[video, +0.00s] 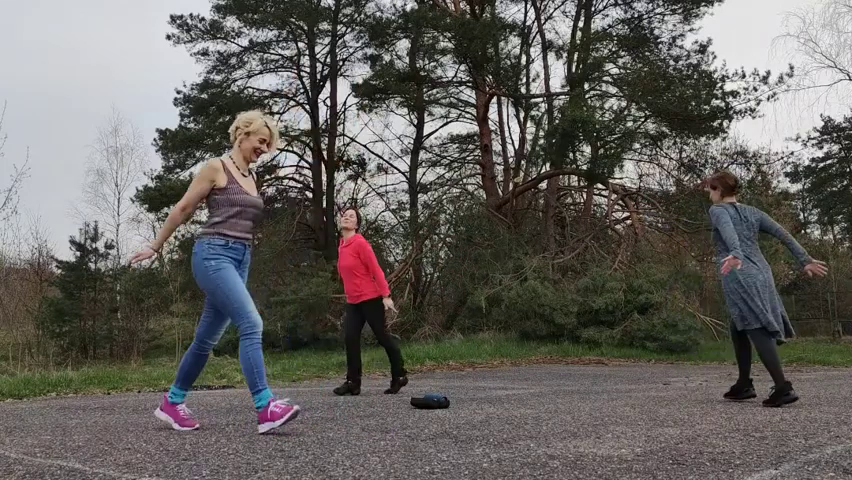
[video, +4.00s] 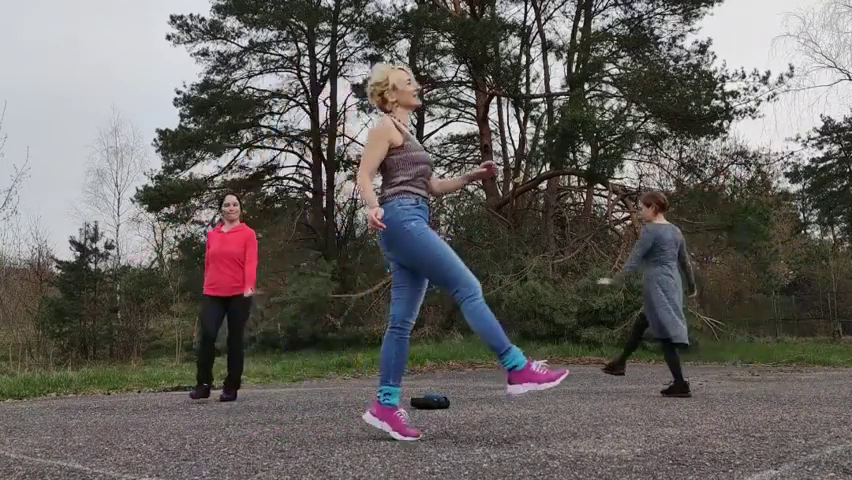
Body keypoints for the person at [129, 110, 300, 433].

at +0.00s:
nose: (262, 148)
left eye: (267, 144)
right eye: (260, 140)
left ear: (266, 146)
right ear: (241, 136)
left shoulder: (249, 175)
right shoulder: (215, 168)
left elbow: (239, 217)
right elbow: (183, 209)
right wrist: (156, 246)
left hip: (241, 257)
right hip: (213, 255)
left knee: (206, 339)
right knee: (251, 324)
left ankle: (172, 403)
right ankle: (266, 408)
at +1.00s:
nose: (293, 114)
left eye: (297, 110)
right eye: (284, 110)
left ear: (304, 120)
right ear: (270, 122)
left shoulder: (303, 161)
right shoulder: (264, 151)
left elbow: (296, 210)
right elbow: (252, 198)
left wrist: (313, 216)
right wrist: (263, 171)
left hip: (305, 247)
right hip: (269, 243)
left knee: (304, 334)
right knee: (272, 331)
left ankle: (306, 414)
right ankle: (223, 389)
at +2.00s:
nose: (387, 99)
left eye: (384, 95)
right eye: (381, 96)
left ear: (366, 106)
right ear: (366, 105)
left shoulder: (365, 139)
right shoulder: (367, 136)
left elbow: (343, 194)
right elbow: (358, 186)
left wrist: (361, 225)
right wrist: (385, 193)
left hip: (361, 229)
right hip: (372, 229)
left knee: (383, 317)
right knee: (396, 317)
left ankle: (335, 379)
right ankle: (394, 404)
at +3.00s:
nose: (315, 105)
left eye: (314, 100)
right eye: (309, 100)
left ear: (295, 106)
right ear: (289, 104)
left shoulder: (297, 143)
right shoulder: (276, 138)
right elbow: (259, 186)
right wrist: (279, 204)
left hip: (297, 239)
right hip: (275, 236)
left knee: (298, 323)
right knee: (264, 324)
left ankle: (261, 399)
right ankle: (228, 404)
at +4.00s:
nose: (417, 86)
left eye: (414, 81)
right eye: (409, 82)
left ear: (403, 90)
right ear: (391, 91)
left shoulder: (406, 134)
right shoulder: (385, 125)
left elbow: (432, 186)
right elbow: (364, 176)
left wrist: (471, 176)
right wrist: (372, 206)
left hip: (412, 221)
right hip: (401, 218)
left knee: (401, 321)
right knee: (467, 287)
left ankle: (386, 406)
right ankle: (518, 368)